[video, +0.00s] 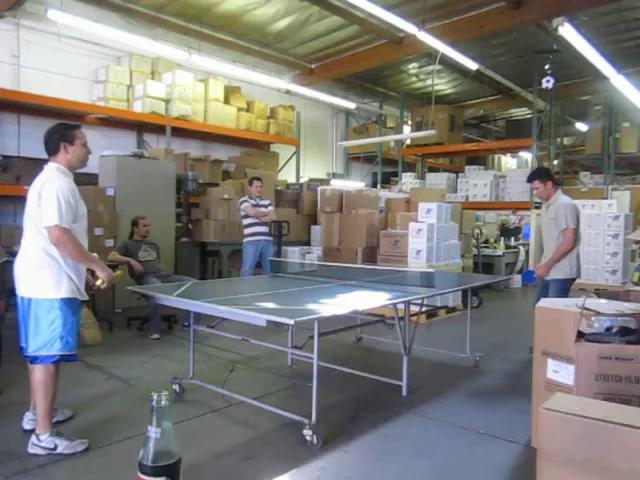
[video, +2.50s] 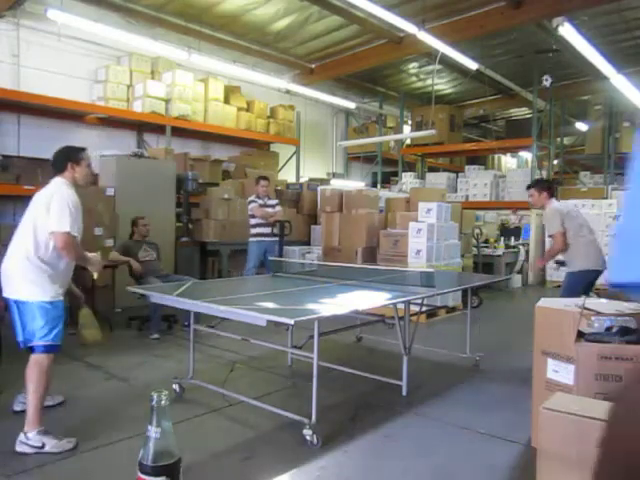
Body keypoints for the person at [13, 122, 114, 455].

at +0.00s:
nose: (88, 151)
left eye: (86, 145)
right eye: (83, 145)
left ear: (62, 147)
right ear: (64, 147)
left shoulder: (52, 178)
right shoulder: (55, 181)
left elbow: (58, 236)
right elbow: (58, 235)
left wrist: (90, 264)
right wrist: (97, 265)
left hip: (42, 284)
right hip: (49, 287)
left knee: (40, 353)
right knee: (48, 358)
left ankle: (38, 411)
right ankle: (43, 435)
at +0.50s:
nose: (90, 148)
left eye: (88, 143)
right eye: (86, 143)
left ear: (64, 146)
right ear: (71, 145)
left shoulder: (55, 177)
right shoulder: (60, 180)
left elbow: (64, 234)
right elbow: (64, 235)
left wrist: (95, 262)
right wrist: (95, 268)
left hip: (51, 286)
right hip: (53, 288)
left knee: (54, 353)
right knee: (49, 360)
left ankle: (44, 408)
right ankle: (43, 436)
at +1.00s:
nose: (121, 152)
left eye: (119, 146)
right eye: (117, 146)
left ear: (93, 150)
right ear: (104, 149)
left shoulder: (78, 178)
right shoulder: (95, 179)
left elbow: (90, 234)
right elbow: (105, 233)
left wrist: (118, 256)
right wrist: (124, 258)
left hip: (74, 287)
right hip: (83, 289)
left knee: (92, 357)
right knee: (83, 360)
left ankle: (84, 422)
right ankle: (48, 428)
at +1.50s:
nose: (142, 156)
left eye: (141, 150)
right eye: (139, 149)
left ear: (106, 154)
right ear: (126, 152)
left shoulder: (81, 184)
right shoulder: (124, 186)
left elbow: (88, 238)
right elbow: (140, 244)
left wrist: (131, 266)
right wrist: (152, 272)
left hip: (68, 292)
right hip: (102, 296)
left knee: (93, 359)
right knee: (116, 370)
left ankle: (81, 422)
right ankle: (100, 460)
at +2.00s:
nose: (105, 175)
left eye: (102, 170)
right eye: (100, 170)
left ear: (80, 175)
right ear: (85, 174)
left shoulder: (66, 200)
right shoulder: (81, 206)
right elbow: (81, 257)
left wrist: (107, 259)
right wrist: (108, 275)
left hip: (46, 287)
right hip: (65, 293)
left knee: (57, 345)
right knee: (83, 360)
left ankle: (30, 394)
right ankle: (91, 445)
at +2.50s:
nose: (92, 171)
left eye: (91, 165)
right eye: (87, 165)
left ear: (67, 168)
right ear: (72, 167)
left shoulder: (51, 191)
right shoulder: (64, 193)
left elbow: (47, 248)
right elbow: (63, 242)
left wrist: (70, 286)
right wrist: (87, 259)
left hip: (23, 279)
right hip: (36, 282)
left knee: (39, 344)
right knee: (43, 351)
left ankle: (30, 395)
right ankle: (32, 431)